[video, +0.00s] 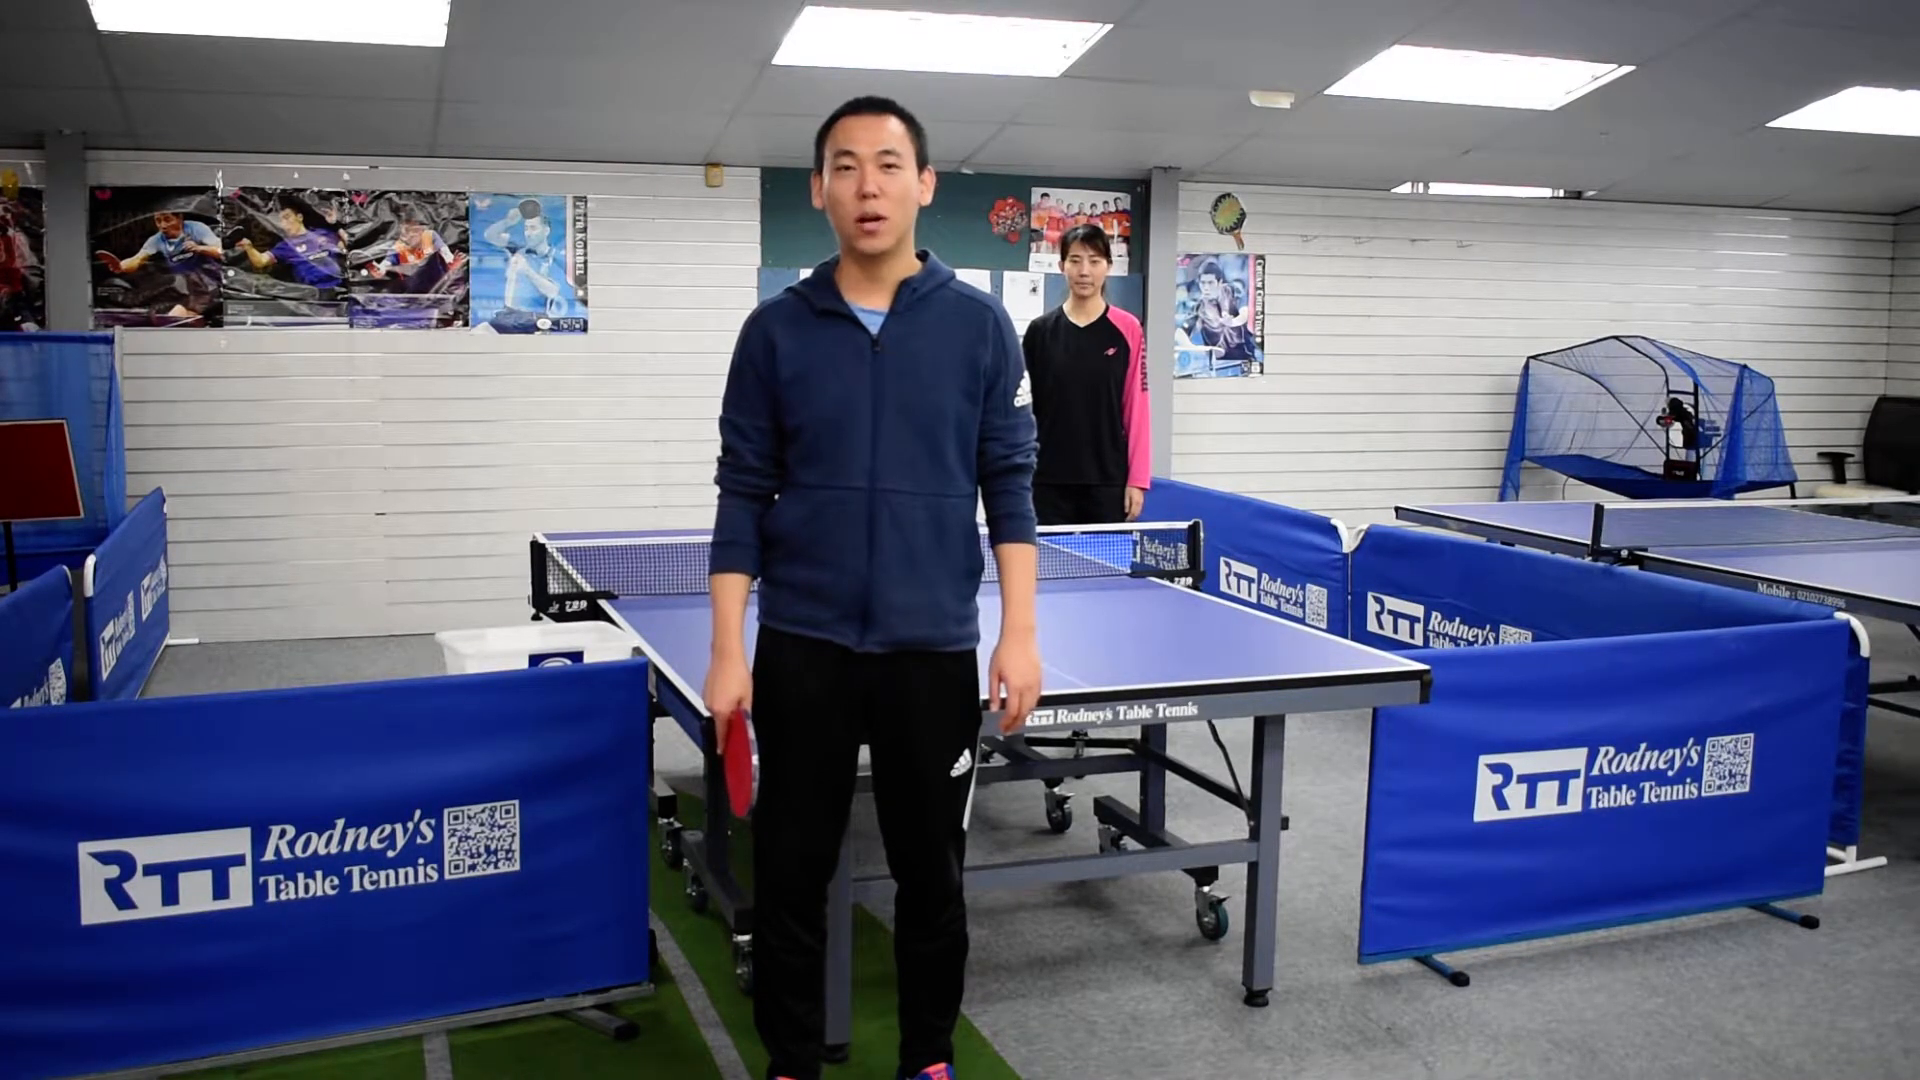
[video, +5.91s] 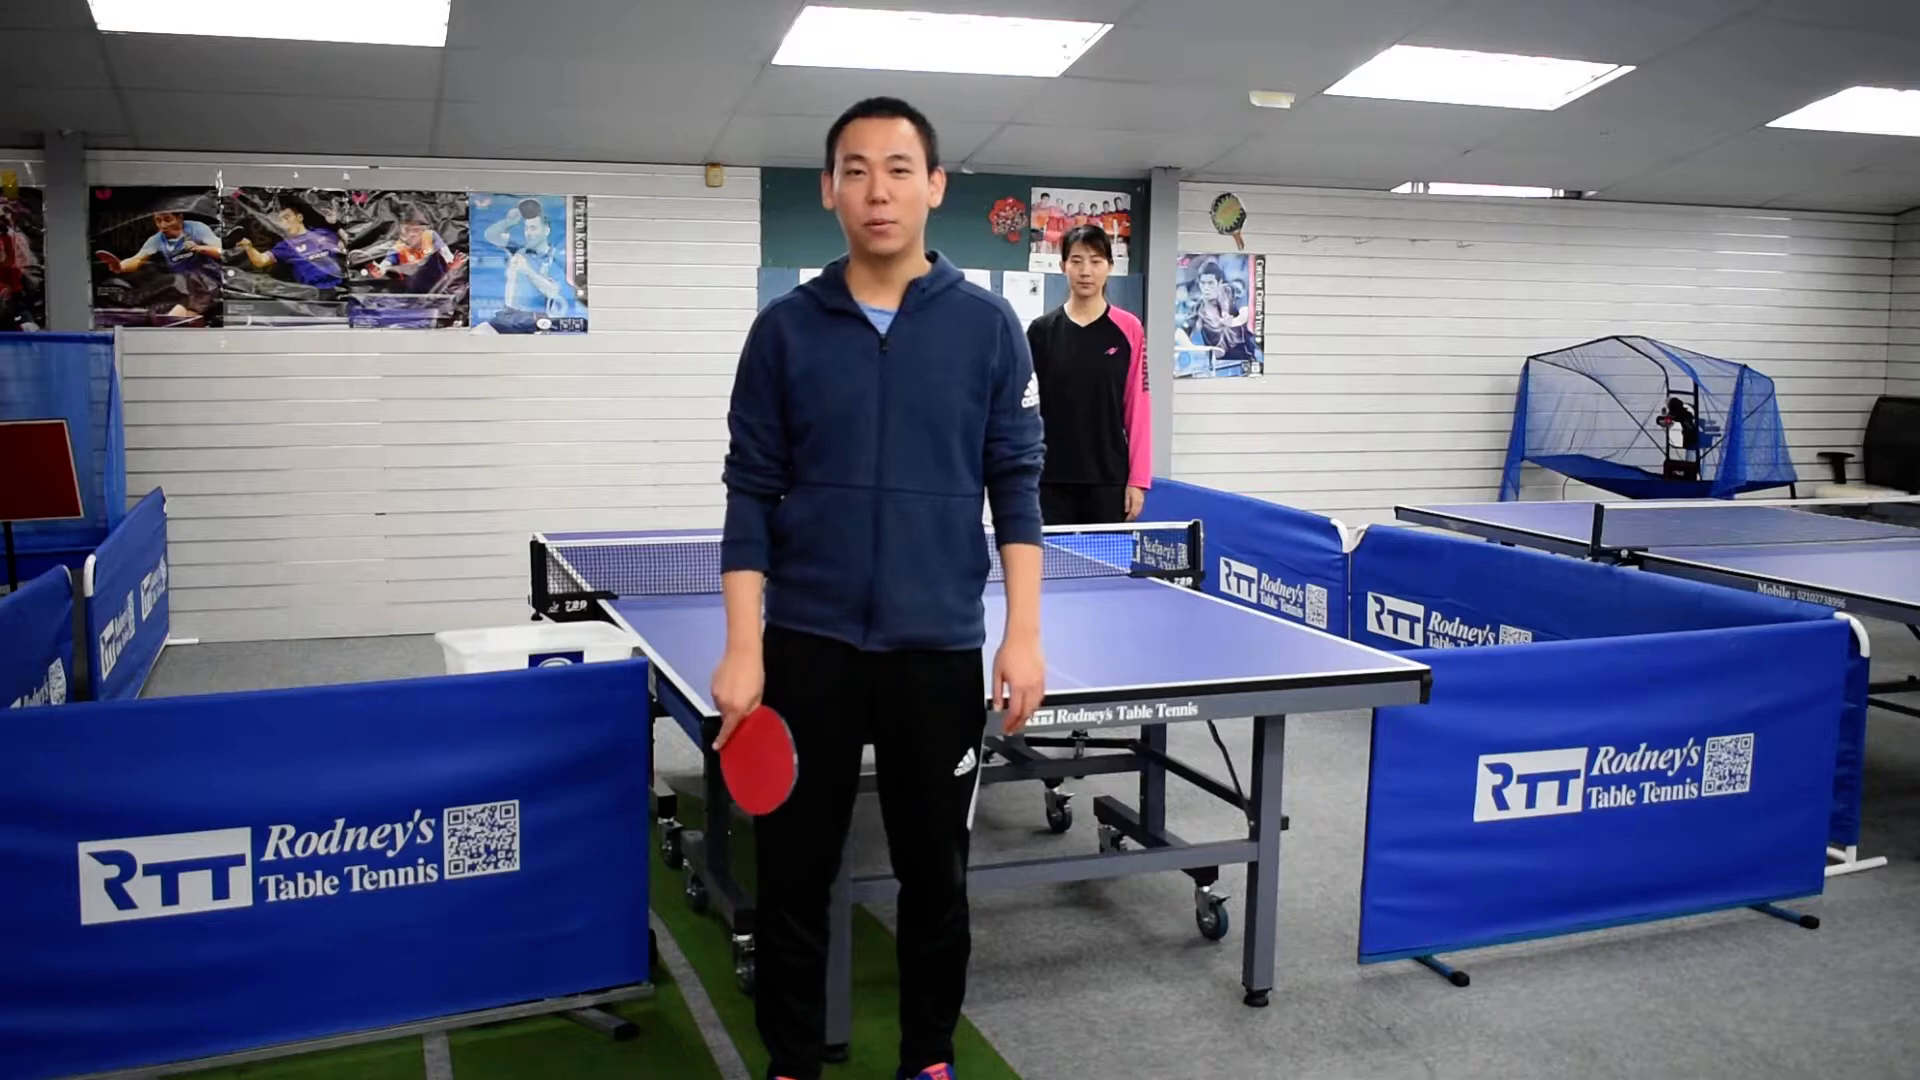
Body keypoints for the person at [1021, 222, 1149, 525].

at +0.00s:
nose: (1084, 271)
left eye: (1094, 262)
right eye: (1075, 261)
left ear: (1108, 268)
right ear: (1062, 266)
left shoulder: (1127, 329)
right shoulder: (1039, 331)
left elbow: (1136, 407)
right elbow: (1022, 405)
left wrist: (1137, 479)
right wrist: (1020, 478)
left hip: (1107, 483)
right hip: (1049, 481)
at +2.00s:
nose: (1085, 271)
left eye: (1095, 262)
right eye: (1076, 261)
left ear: (1108, 268)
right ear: (1063, 266)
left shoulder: (1128, 329)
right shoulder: (1040, 331)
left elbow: (1137, 407)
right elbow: (1023, 405)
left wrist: (1138, 479)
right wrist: (1021, 478)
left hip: (1108, 482)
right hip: (1050, 481)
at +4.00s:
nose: (1085, 271)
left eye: (1095, 262)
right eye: (1076, 261)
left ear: (1108, 268)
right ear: (1063, 267)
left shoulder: (1128, 330)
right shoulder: (1040, 331)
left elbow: (1136, 407)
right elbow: (1023, 404)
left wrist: (1138, 478)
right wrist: (1020, 476)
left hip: (1107, 482)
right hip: (1049, 480)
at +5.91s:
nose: (1086, 271)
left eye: (1096, 262)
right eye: (1076, 261)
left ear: (1109, 268)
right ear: (1064, 267)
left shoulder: (1129, 329)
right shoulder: (1040, 332)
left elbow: (1137, 407)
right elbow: (1024, 406)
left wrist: (1138, 479)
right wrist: (1023, 477)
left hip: (1108, 482)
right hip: (1051, 481)